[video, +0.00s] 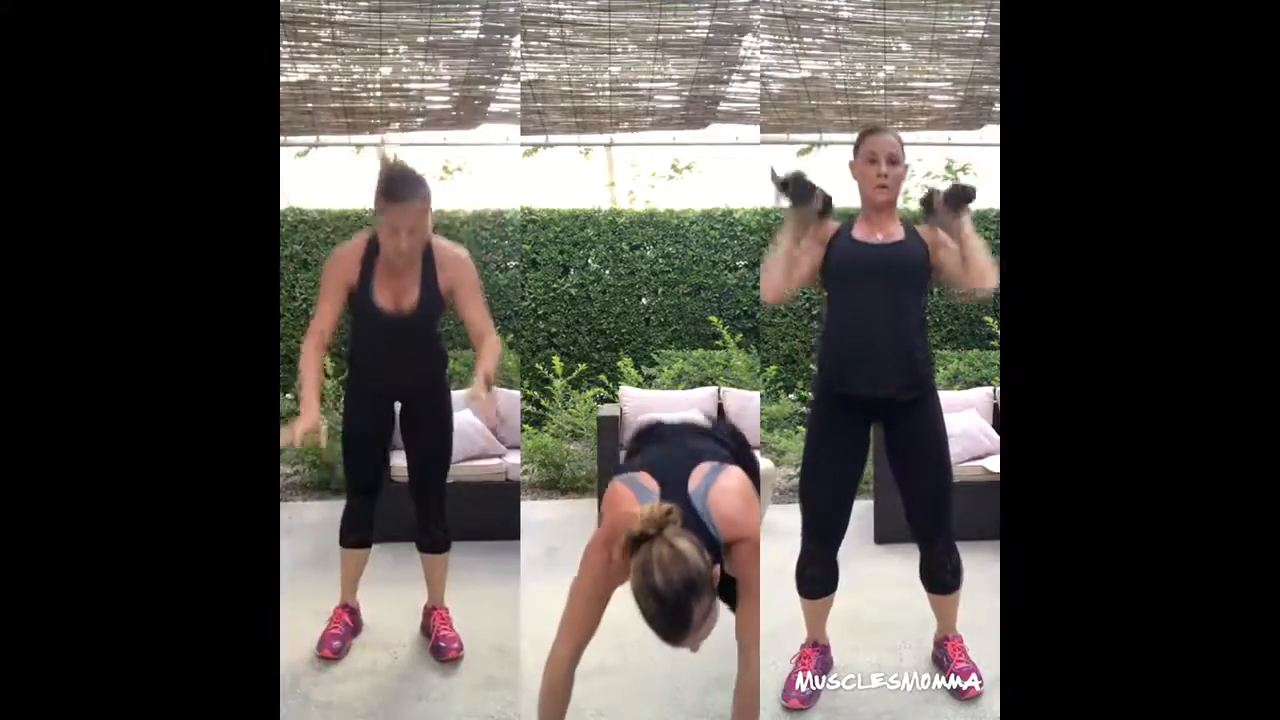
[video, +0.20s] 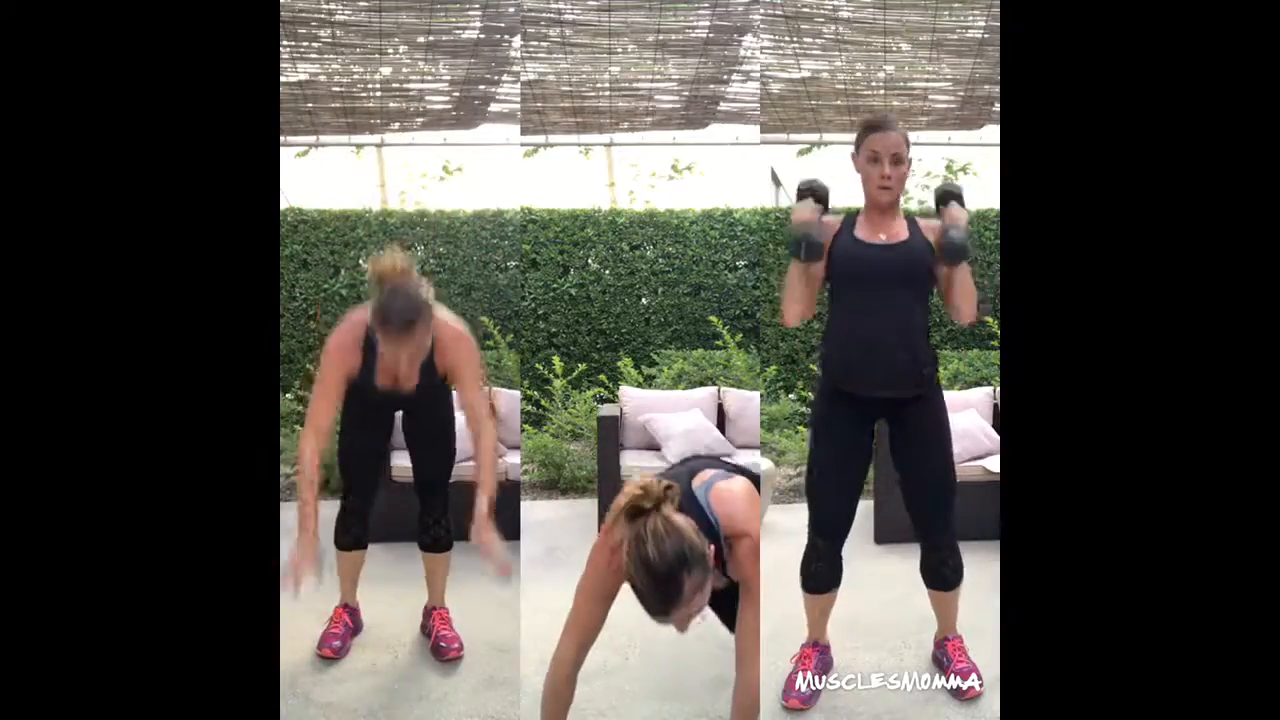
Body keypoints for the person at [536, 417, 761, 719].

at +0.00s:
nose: (694, 651)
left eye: (701, 638)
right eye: (681, 647)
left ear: (716, 575)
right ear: (634, 579)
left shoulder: (737, 519)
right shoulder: (613, 535)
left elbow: (749, 650)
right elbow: (563, 658)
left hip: (721, 444)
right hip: (644, 447)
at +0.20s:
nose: (682, 629)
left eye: (694, 611)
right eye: (668, 619)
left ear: (711, 558)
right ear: (633, 578)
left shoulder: (737, 514)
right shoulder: (614, 542)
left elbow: (748, 670)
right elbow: (566, 661)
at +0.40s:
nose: (677, 655)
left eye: (686, 643)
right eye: (666, 652)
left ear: (701, 579)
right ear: (624, 586)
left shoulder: (733, 528)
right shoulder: (610, 530)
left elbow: (748, 668)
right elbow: (563, 657)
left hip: (725, 427)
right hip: (647, 437)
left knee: (736, 577)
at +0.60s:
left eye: (656, 654)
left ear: (680, 596)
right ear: (598, 584)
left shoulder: (716, 534)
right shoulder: (583, 523)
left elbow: (740, 655)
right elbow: (549, 652)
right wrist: (544, 715)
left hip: (695, 393)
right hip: (621, 396)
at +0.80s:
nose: (629, 632)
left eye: (640, 622)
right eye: (618, 626)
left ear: (665, 565)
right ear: (582, 559)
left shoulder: (700, 525)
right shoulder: (569, 516)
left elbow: (729, 652)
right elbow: (545, 649)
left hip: (681, 459)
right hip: (604, 461)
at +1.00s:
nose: (629, 627)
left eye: (643, 612)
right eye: (614, 615)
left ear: (666, 558)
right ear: (585, 558)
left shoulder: (699, 527)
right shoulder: (564, 527)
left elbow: (726, 650)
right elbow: (543, 653)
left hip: (671, 462)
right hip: (597, 463)